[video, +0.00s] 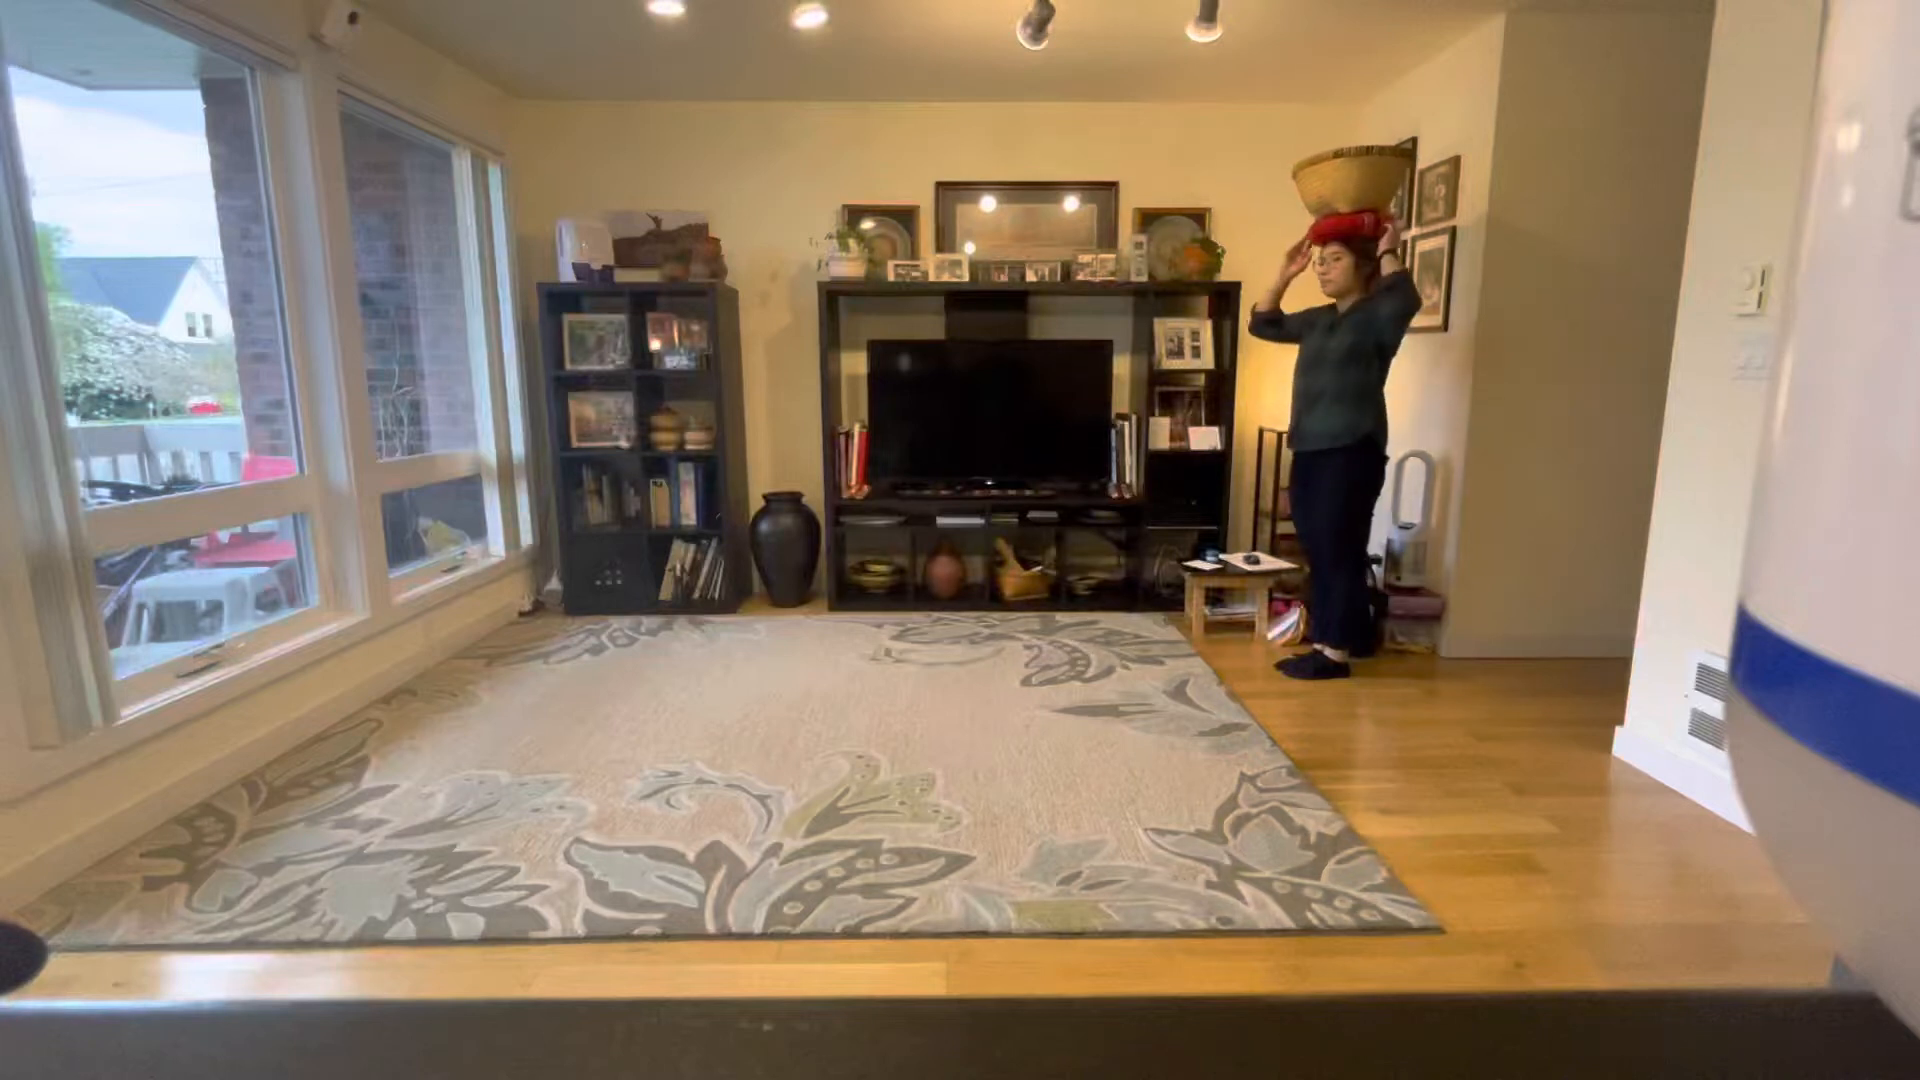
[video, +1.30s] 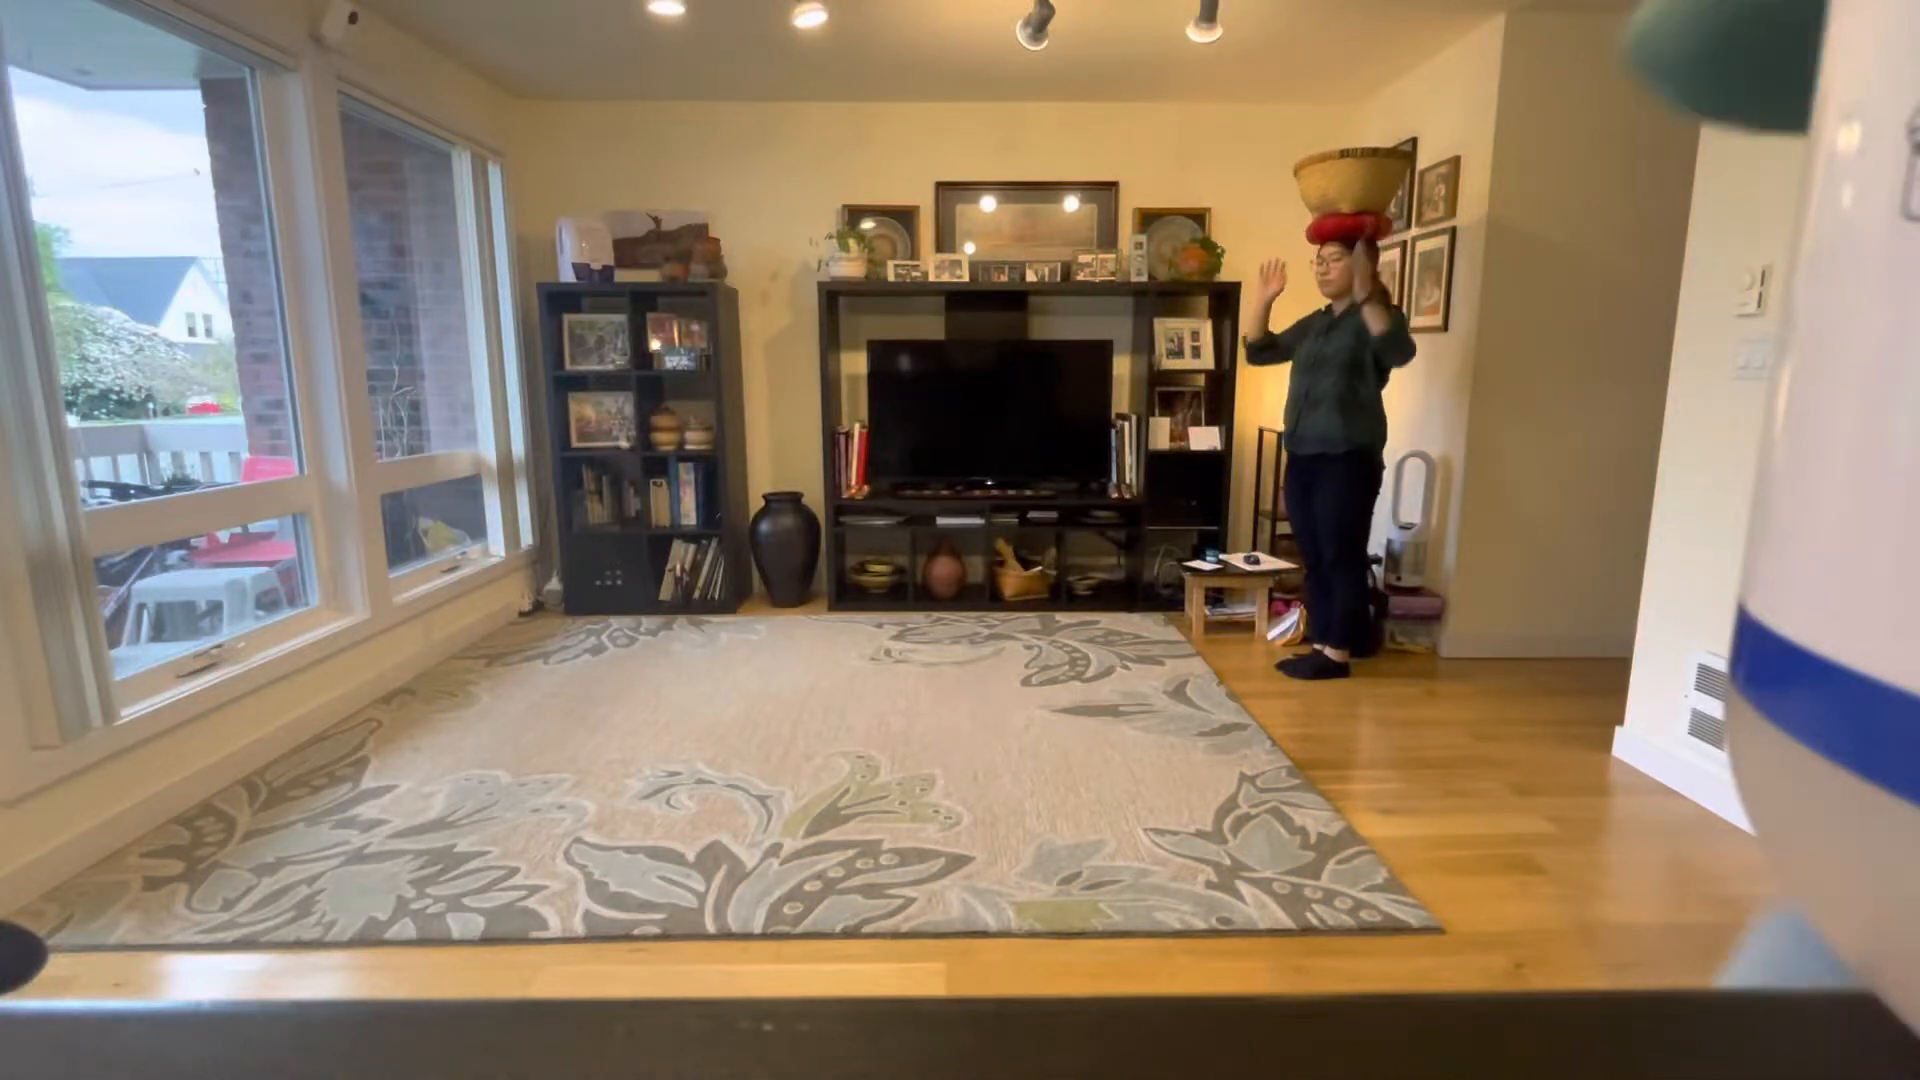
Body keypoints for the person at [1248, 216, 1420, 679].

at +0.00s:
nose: (1323, 268)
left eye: (1334, 259)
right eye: (1319, 260)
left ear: (1363, 265)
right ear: (1317, 266)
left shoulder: (1377, 314)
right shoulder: (1318, 318)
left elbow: (1404, 299)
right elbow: (1263, 324)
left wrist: (1386, 256)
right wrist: (1284, 277)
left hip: (1354, 448)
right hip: (1311, 449)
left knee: (1339, 546)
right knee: (1318, 545)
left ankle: (1334, 649)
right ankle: (1332, 638)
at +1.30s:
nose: (1321, 268)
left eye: (1332, 259)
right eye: (1318, 260)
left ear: (1361, 264)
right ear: (1315, 267)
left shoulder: (1378, 317)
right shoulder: (1313, 323)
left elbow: (1398, 353)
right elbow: (1258, 352)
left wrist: (1370, 293)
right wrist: (1262, 300)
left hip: (1350, 457)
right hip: (1305, 456)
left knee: (1341, 553)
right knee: (1315, 553)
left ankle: (1338, 653)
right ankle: (1323, 644)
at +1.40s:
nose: (1321, 268)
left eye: (1332, 259)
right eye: (1318, 261)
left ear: (1362, 266)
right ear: (1314, 268)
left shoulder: (1382, 322)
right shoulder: (1316, 325)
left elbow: (1391, 382)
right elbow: (1269, 370)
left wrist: (1347, 345)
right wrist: (1254, 325)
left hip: (1350, 459)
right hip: (1305, 458)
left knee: (1340, 553)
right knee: (1314, 553)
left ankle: (1337, 652)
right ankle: (1324, 643)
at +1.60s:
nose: (1319, 268)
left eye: (1330, 259)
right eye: (1317, 261)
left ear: (1361, 266)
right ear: (1316, 268)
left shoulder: (1378, 324)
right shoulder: (1318, 328)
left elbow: (1392, 399)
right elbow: (1296, 395)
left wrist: (1334, 410)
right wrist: (1257, 370)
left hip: (1350, 462)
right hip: (1308, 460)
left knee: (1339, 554)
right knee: (1315, 555)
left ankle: (1337, 652)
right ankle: (1323, 643)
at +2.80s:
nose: (1288, 274)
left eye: (1298, 266)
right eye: (1287, 267)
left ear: (1327, 272)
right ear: (1294, 273)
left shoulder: (1342, 326)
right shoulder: (1294, 329)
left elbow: (1356, 402)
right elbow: (1284, 390)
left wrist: (1310, 442)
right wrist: (1266, 434)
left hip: (1327, 454)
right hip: (1290, 452)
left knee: (1300, 547)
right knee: (1288, 547)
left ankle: (1319, 643)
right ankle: (1301, 634)